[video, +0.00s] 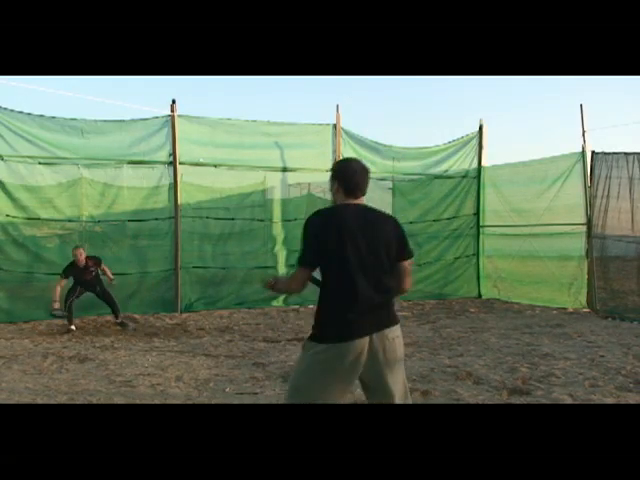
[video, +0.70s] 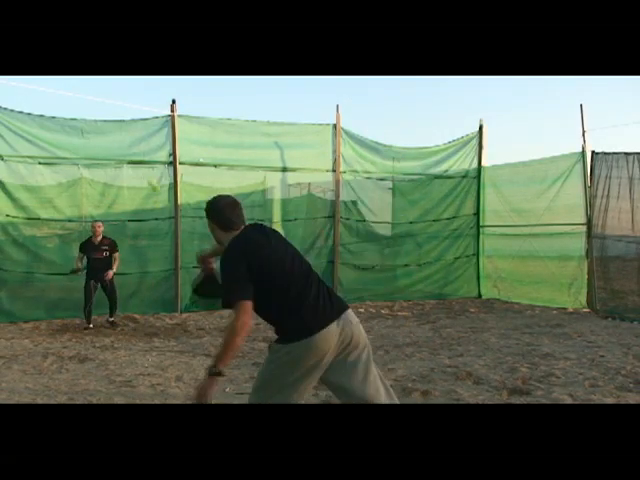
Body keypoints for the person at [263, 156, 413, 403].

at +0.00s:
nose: (330, 188)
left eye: (331, 183)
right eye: (332, 183)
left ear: (336, 186)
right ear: (365, 188)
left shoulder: (320, 221)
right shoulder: (389, 223)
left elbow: (298, 283)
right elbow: (404, 284)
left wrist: (279, 285)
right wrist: (370, 283)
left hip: (335, 339)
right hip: (386, 336)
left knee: (303, 398)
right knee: (394, 399)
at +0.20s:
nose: (297, 197)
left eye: (298, 193)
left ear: (301, 197)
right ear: (328, 195)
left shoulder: (290, 234)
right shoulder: (350, 228)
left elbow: (263, 288)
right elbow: (362, 277)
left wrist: (242, 272)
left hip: (316, 348)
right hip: (367, 341)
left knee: (278, 400)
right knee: (378, 399)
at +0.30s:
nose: (267, 200)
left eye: (269, 195)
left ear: (274, 199)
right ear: (302, 197)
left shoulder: (266, 236)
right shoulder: (325, 227)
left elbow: (241, 293)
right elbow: (342, 267)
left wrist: (213, 295)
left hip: (300, 345)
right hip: (348, 337)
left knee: (266, 400)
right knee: (366, 399)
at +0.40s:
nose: (240, 206)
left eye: (241, 200)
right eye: (244, 199)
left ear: (246, 204)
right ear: (275, 200)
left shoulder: (243, 243)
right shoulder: (299, 223)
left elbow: (224, 307)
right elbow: (328, 244)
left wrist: (188, 329)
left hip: (294, 340)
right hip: (340, 327)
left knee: (262, 399)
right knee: (362, 398)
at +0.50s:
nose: (220, 215)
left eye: (220, 210)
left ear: (223, 213)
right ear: (253, 205)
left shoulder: (231, 251)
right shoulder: (284, 223)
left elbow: (222, 319)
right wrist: (231, 250)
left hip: (294, 340)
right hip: (340, 323)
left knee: (263, 398)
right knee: (361, 398)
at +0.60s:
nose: (210, 226)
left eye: (210, 221)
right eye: (210, 221)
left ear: (215, 224)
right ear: (244, 214)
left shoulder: (231, 255)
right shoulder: (266, 229)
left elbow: (230, 323)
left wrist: (194, 374)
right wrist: (221, 251)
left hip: (299, 339)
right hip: (341, 321)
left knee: (263, 399)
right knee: (371, 398)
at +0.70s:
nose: (212, 233)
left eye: (210, 227)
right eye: (210, 227)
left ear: (213, 228)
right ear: (242, 218)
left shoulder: (234, 254)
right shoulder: (263, 232)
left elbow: (244, 321)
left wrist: (215, 374)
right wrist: (216, 271)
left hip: (305, 340)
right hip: (344, 320)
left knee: (265, 399)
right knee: (377, 397)